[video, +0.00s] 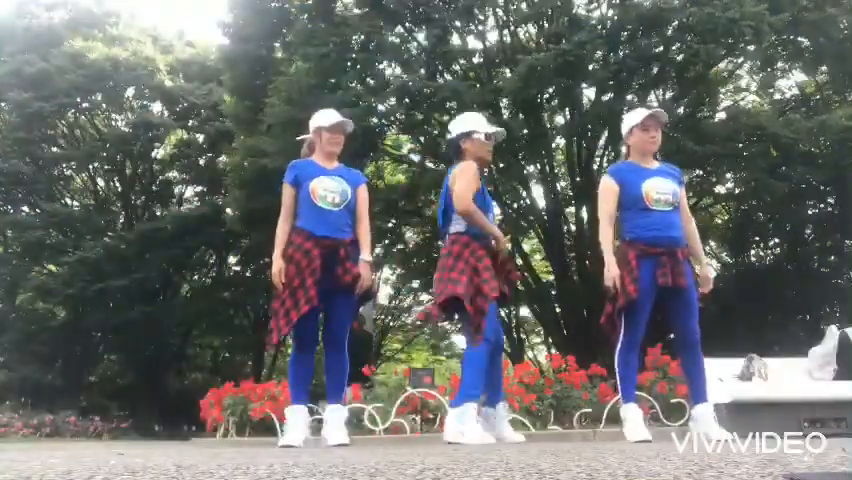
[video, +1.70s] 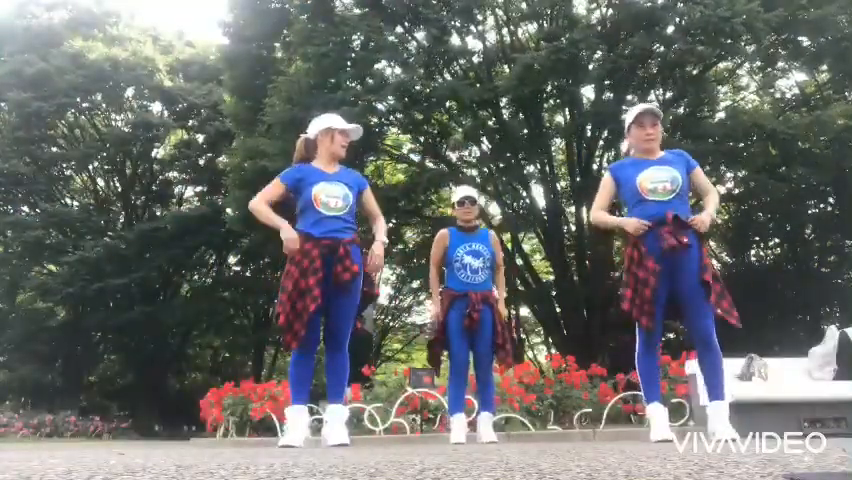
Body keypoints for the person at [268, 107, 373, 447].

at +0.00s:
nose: (336, 136)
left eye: (340, 132)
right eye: (330, 131)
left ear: (345, 137)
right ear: (315, 135)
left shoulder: (356, 177)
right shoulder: (297, 169)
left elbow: (363, 220)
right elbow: (286, 217)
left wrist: (366, 258)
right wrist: (277, 256)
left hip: (345, 254)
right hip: (305, 253)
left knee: (337, 338)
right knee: (304, 337)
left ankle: (336, 417)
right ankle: (298, 416)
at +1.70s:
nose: (347, 141)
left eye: (348, 137)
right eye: (341, 135)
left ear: (341, 142)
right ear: (322, 138)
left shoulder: (355, 179)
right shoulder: (299, 173)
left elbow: (377, 218)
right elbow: (257, 203)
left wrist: (379, 243)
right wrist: (284, 226)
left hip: (347, 259)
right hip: (309, 257)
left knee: (339, 340)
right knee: (305, 339)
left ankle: (336, 419)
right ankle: (297, 419)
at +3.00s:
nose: (340, 137)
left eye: (343, 132)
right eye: (333, 131)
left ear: (347, 137)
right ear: (317, 136)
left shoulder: (359, 167)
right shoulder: (299, 162)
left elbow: (391, 184)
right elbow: (251, 167)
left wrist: (374, 195)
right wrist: (278, 181)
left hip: (346, 255)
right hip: (308, 253)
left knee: (338, 339)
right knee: (305, 338)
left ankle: (336, 420)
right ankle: (298, 420)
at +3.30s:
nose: (336, 138)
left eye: (340, 133)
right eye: (330, 133)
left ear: (346, 138)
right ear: (315, 138)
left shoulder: (355, 168)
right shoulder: (302, 168)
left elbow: (391, 184)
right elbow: (271, 183)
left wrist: (361, 200)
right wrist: (308, 181)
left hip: (345, 254)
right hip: (307, 254)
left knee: (338, 340)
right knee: (305, 340)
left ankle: (335, 420)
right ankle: (297, 420)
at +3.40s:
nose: (343, 135)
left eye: (344, 131)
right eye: (336, 130)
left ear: (343, 138)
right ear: (319, 136)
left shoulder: (357, 174)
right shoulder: (297, 173)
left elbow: (369, 211)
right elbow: (287, 214)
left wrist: (359, 237)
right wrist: (302, 220)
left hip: (347, 259)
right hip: (310, 259)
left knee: (339, 341)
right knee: (306, 340)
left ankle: (336, 417)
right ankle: (297, 417)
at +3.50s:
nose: (345, 135)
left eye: (346, 131)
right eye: (338, 130)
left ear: (344, 137)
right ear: (320, 135)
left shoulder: (358, 175)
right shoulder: (297, 173)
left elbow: (362, 221)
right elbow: (284, 223)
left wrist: (360, 261)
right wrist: (291, 260)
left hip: (345, 257)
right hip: (307, 256)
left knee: (339, 341)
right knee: (306, 341)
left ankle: (336, 418)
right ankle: (297, 419)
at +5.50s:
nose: (328, 139)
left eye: (333, 134)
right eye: (322, 134)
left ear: (340, 139)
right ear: (309, 138)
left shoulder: (348, 180)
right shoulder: (293, 172)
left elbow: (361, 223)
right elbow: (280, 216)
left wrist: (353, 242)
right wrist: (285, 255)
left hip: (340, 254)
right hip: (303, 251)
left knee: (341, 331)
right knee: (302, 333)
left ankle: (336, 416)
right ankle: (297, 417)